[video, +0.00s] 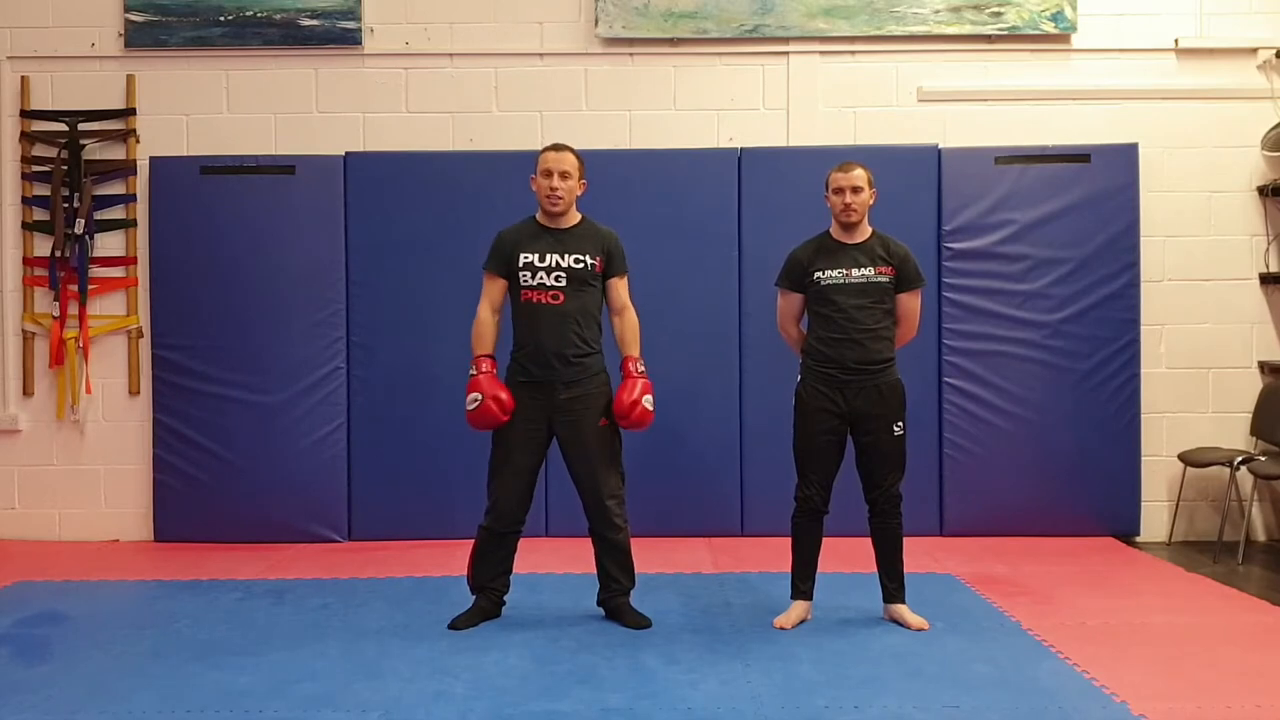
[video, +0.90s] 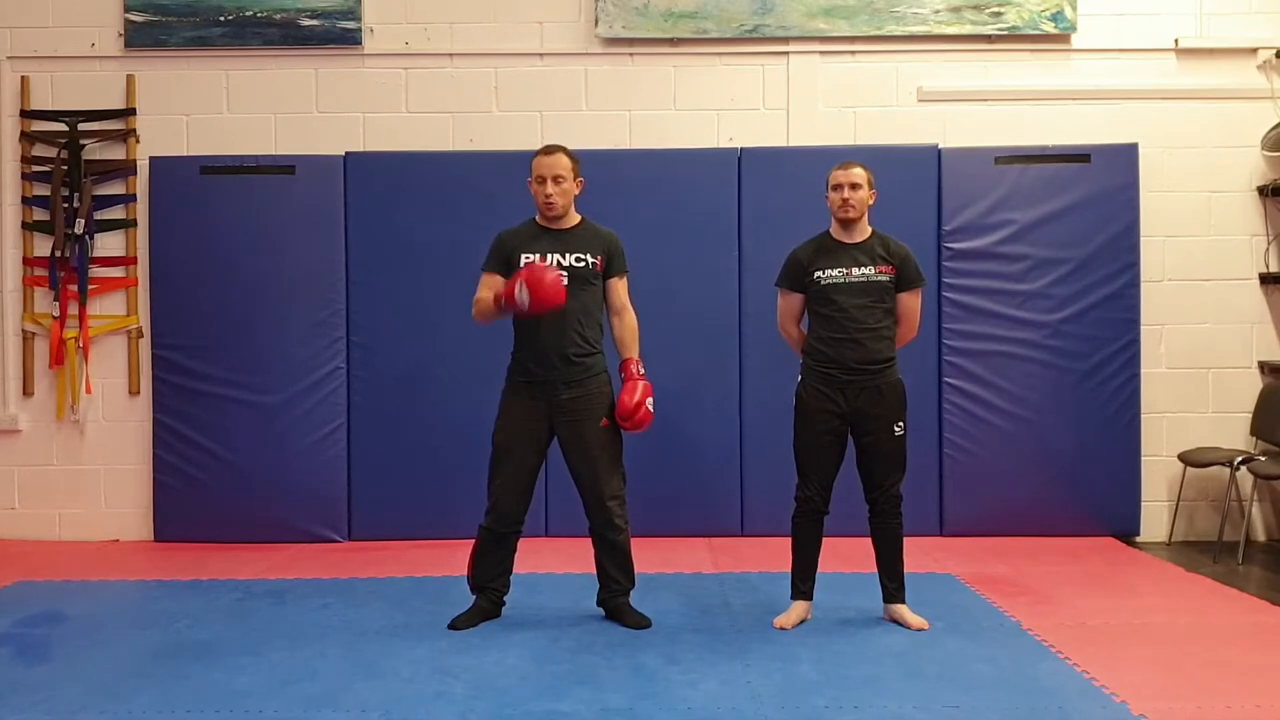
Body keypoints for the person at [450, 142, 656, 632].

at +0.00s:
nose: (554, 184)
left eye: (565, 176)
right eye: (547, 175)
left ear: (580, 185)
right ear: (534, 181)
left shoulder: (603, 241)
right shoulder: (512, 240)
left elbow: (622, 310)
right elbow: (489, 309)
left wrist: (634, 372)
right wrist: (483, 370)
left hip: (586, 388)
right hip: (524, 388)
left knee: (606, 499)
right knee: (505, 500)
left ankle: (616, 598)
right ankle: (488, 597)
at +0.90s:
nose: (548, 189)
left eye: (558, 180)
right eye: (540, 180)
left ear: (577, 185)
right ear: (530, 185)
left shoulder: (604, 243)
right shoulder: (511, 242)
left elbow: (621, 311)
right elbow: (482, 310)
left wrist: (633, 373)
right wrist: (511, 298)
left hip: (587, 390)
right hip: (526, 390)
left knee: (607, 500)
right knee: (504, 500)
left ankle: (616, 598)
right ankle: (488, 598)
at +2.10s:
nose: (612, 188)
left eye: (612, 180)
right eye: (602, 179)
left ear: (594, 186)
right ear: (569, 184)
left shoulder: (602, 246)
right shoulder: (530, 238)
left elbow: (606, 310)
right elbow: (501, 304)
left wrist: (637, 347)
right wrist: (562, 319)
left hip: (594, 390)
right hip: (540, 392)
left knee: (608, 497)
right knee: (514, 498)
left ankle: (614, 595)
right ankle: (489, 596)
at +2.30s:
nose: (649, 192)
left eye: (650, 184)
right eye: (640, 183)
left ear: (627, 189)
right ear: (609, 185)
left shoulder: (633, 250)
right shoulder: (565, 231)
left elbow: (651, 312)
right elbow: (530, 291)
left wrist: (701, 314)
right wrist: (586, 318)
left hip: (614, 388)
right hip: (560, 386)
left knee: (619, 496)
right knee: (529, 494)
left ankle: (615, 594)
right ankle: (491, 590)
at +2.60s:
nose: (671, 191)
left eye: (674, 183)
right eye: (662, 180)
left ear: (671, 189)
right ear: (632, 181)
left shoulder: (663, 251)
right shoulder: (589, 227)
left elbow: (674, 315)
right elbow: (547, 286)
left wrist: (719, 314)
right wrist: (595, 319)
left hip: (633, 380)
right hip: (582, 375)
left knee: (631, 489)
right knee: (579, 485)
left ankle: (616, 593)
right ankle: (567, 598)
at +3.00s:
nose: (640, 188)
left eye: (647, 178)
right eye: (629, 179)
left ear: (655, 182)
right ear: (608, 183)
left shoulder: (665, 242)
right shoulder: (584, 240)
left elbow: (666, 294)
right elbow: (556, 307)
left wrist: (686, 322)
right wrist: (606, 336)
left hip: (664, 385)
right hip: (608, 389)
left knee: (703, 480)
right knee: (601, 500)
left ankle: (674, 573)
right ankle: (602, 607)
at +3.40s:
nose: (712, 190)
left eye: (713, 181)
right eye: (702, 180)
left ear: (706, 188)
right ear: (671, 183)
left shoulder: (705, 246)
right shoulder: (636, 241)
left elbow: (711, 306)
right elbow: (614, 310)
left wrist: (735, 309)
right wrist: (674, 332)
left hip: (705, 390)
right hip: (654, 390)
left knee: (717, 495)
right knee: (632, 498)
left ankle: (693, 595)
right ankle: (607, 605)